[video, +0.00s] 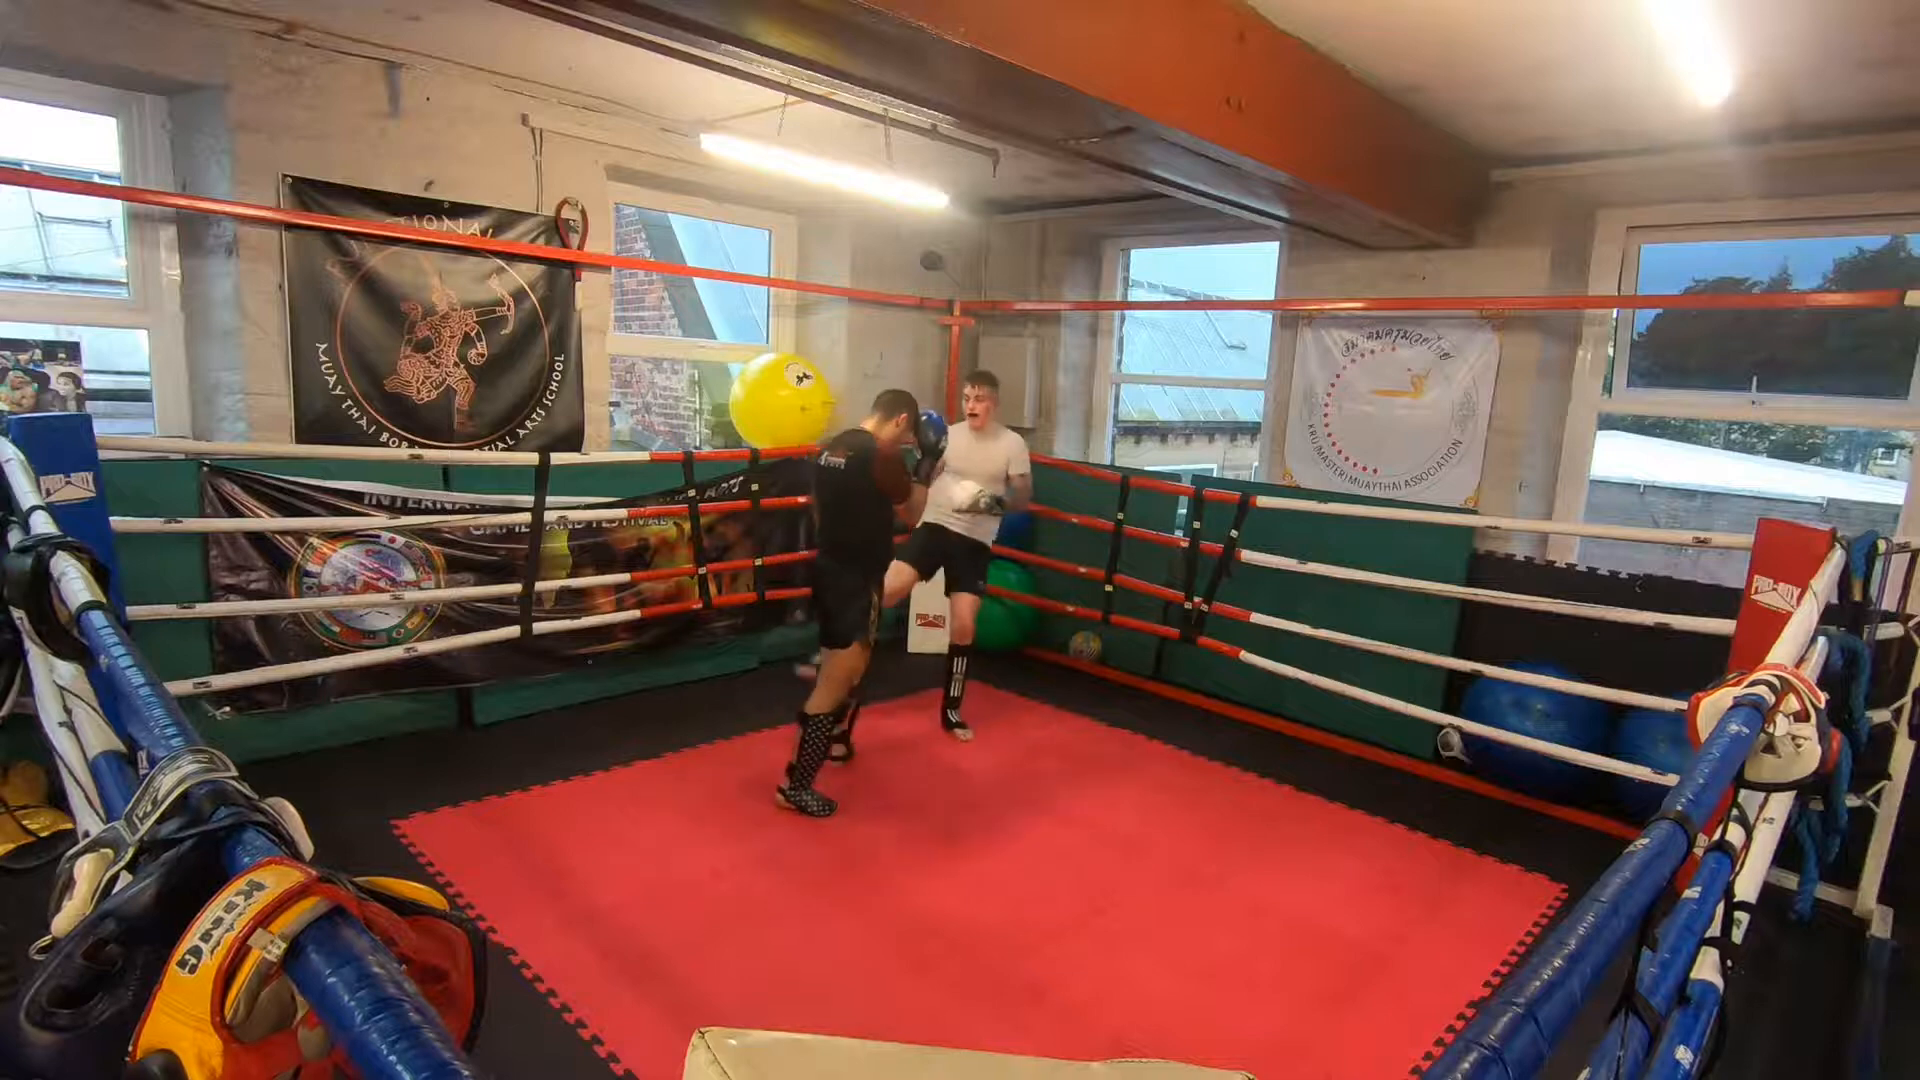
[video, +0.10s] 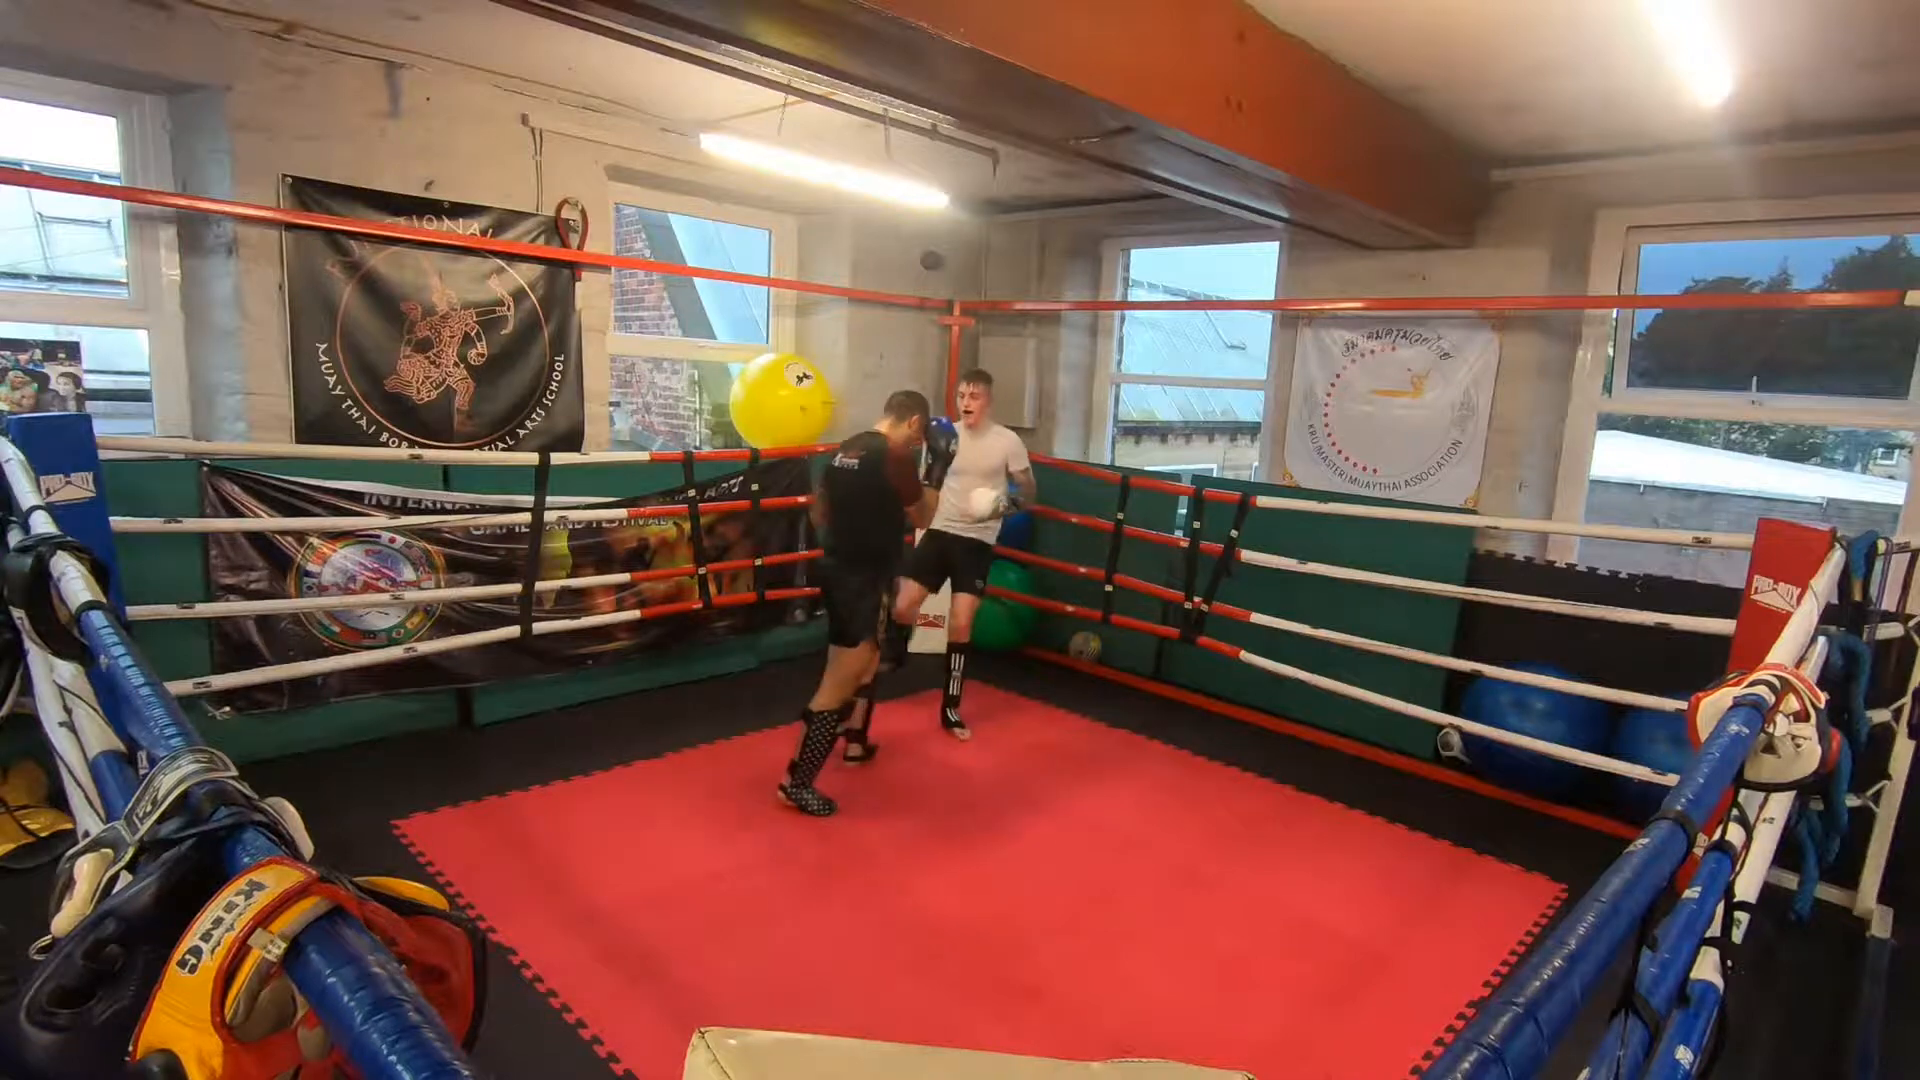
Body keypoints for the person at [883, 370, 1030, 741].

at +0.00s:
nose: (972, 405)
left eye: (980, 399)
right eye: (968, 398)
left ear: (994, 402)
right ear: (962, 400)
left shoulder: (1012, 443)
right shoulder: (947, 434)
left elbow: (1022, 499)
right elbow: (924, 481)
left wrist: (990, 501)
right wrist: (928, 457)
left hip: (973, 541)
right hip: (932, 529)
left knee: (964, 626)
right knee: (886, 590)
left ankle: (952, 712)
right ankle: (836, 662)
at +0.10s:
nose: (969, 402)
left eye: (976, 396)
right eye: (964, 395)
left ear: (990, 400)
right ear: (956, 399)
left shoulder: (1009, 442)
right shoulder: (946, 434)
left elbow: (1028, 495)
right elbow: (929, 483)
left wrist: (1004, 503)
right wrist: (933, 456)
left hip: (976, 541)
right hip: (936, 533)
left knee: (960, 626)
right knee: (902, 607)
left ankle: (950, 710)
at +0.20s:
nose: (960, 405)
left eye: (967, 399)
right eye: (955, 398)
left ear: (981, 403)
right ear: (948, 402)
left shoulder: (1001, 441)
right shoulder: (937, 439)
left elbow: (1029, 486)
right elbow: (917, 477)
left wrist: (1012, 500)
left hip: (975, 540)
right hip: (937, 537)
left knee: (959, 622)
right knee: (934, 617)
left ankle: (950, 709)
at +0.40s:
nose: (953, 404)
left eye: (958, 397)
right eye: (950, 397)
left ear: (968, 398)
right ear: (944, 399)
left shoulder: (989, 434)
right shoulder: (931, 430)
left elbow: (1011, 479)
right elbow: (917, 470)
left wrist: (991, 490)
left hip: (974, 527)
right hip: (936, 524)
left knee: (959, 603)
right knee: (940, 602)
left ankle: (950, 683)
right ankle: (983, 655)